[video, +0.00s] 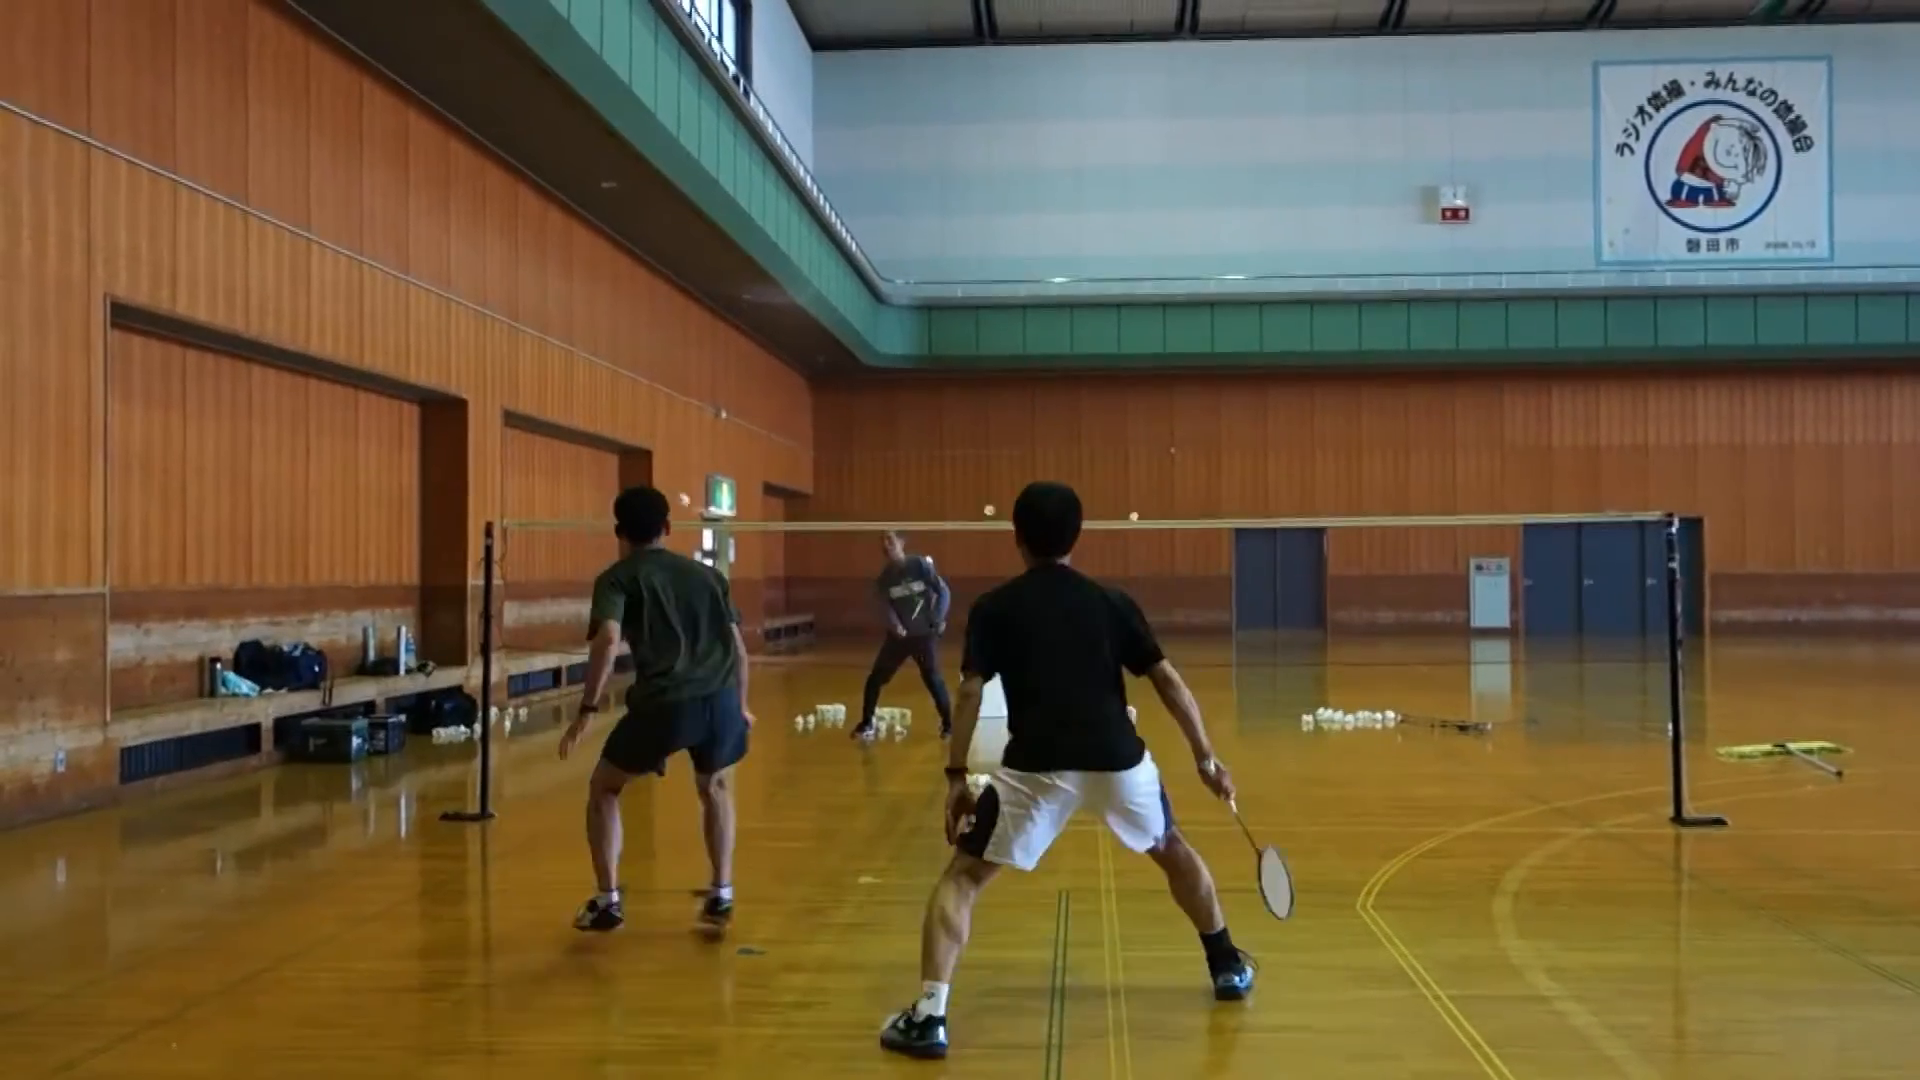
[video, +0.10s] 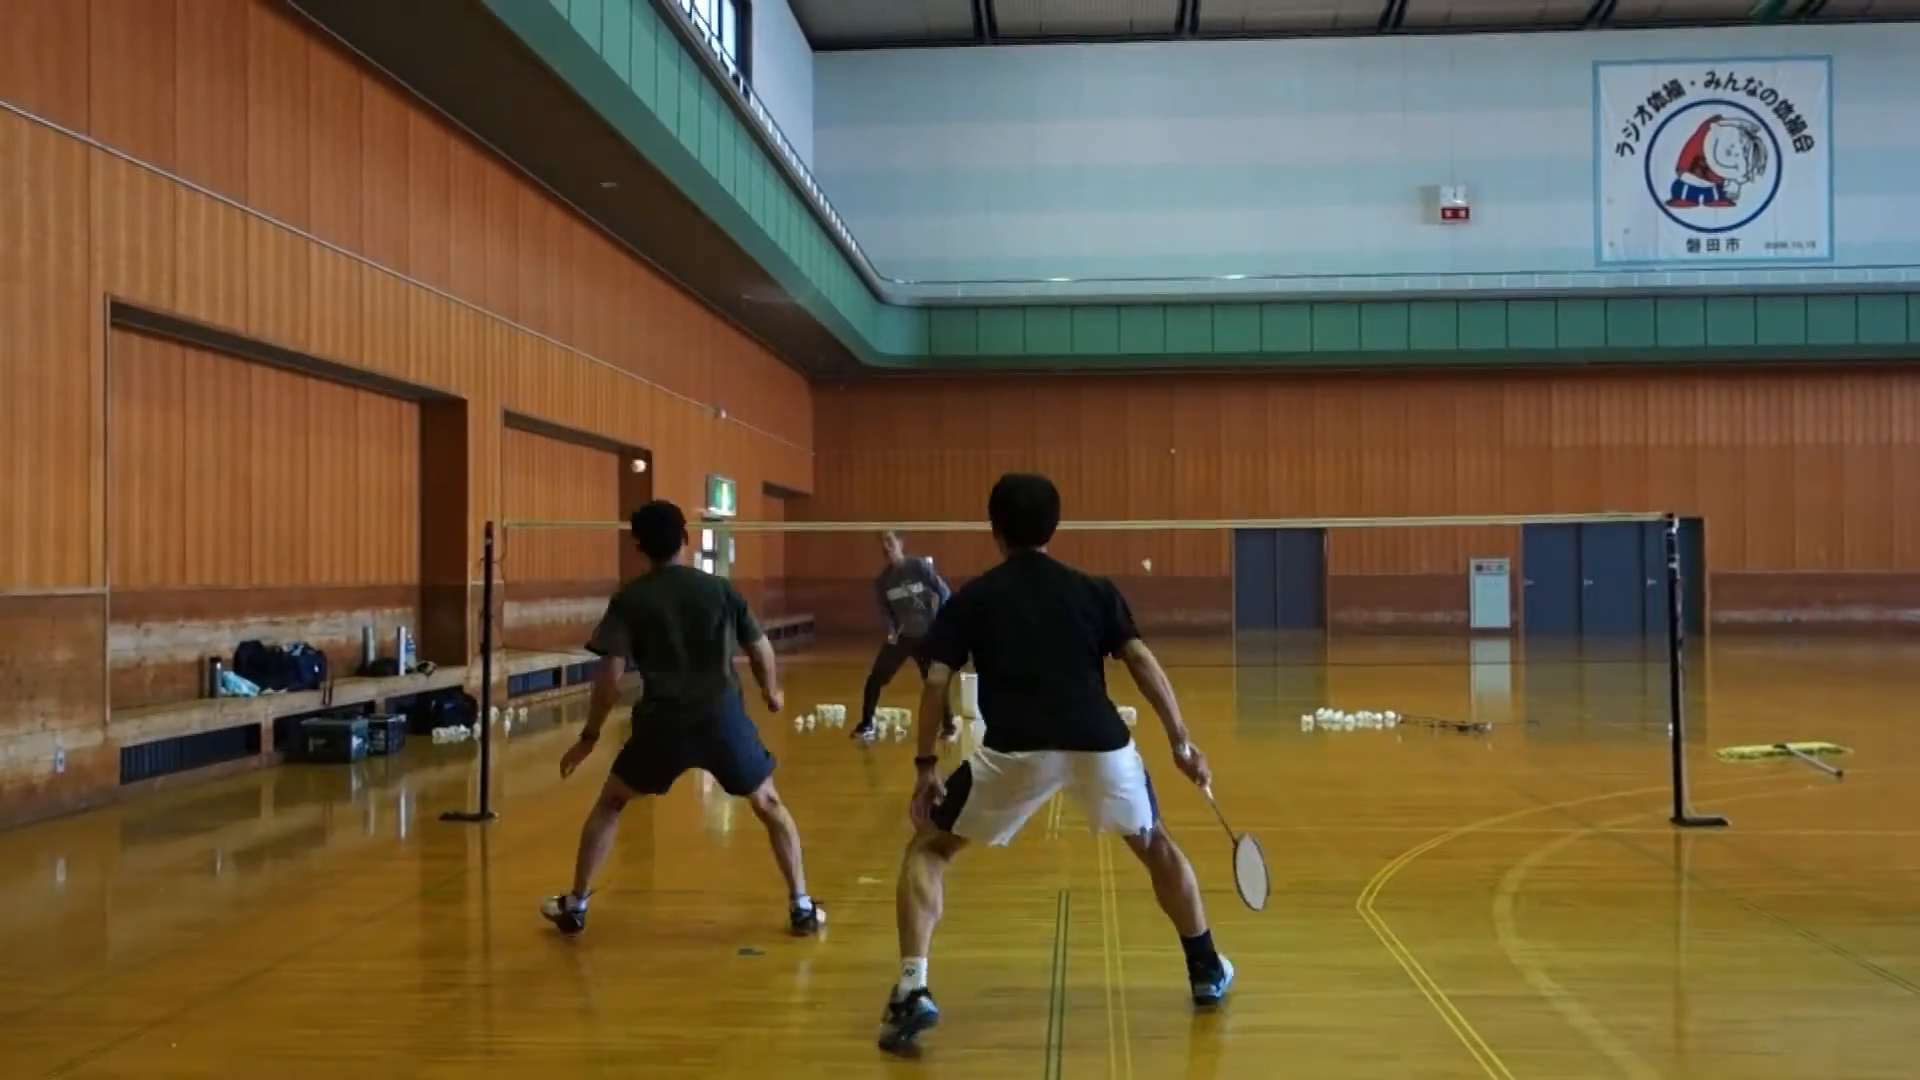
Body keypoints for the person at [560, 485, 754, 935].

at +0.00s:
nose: (617, 534)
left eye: (617, 528)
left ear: (620, 531)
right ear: (667, 528)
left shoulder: (617, 579)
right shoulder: (706, 574)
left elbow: (607, 639)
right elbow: (738, 650)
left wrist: (585, 712)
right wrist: (741, 705)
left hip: (660, 710)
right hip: (720, 705)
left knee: (605, 789)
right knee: (716, 787)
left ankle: (608, 897)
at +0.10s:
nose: (634, 545)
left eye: (635, 539)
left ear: (639, 545)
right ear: (684, 540)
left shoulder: (630, 599)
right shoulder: (717, 588)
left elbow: (610, 679)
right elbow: (760, 649)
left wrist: (590, 734)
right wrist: (771, 690)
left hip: (661, 727)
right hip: (723, 723)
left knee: (610, 804)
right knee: (770, 805)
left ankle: (576, 903)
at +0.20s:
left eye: (616, 556)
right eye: (660, 545)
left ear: (617, 560)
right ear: (661, 550)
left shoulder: (620, 620)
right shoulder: (703, 589)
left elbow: (592, 690)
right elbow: (774, 619)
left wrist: (565, 734)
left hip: (669, 736)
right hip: (730, 726)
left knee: (622, 804)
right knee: (787, 804)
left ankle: (575, 895)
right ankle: (805, 902)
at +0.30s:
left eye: (580, 578)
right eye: (603, 554)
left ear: (582, 584)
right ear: (616, 557)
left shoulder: (602, 632)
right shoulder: (671, 574)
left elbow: (598, 693)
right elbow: (728, 545)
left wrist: (612, 653)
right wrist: (688, 496)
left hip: (668, 730)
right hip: (726, 714)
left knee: (609, 806)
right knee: (782, 796)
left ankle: (571, 895)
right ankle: (804, 893)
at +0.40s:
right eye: (593, 568)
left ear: (566, 602)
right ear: (600, 575)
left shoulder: (587, 652)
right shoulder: (640, 587)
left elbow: (606, 697)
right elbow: (667, 531)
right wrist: (633, 513)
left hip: (658, 736)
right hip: (710, 714)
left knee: (596, 801)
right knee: (778, 791)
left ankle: (569, 890)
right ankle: (821, 871)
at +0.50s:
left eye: (550, 606)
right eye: (584, 577)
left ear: (555, 612)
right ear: (587, 583)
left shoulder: (578, 666)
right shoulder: (634, 595)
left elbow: (608, 730)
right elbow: (700, 584)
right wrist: (695, 567)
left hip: (660, 734)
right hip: (708, 710)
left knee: (591, 792)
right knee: (775, 791)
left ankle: (571, 891)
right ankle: (837, 872)